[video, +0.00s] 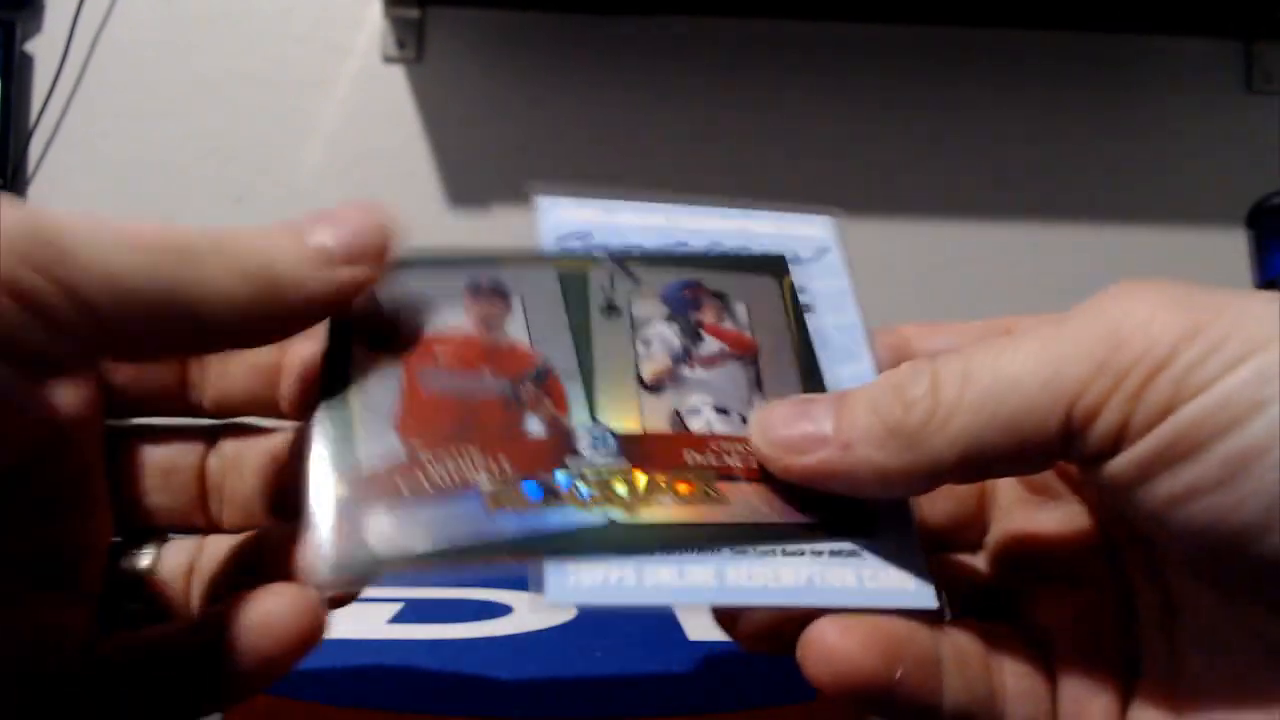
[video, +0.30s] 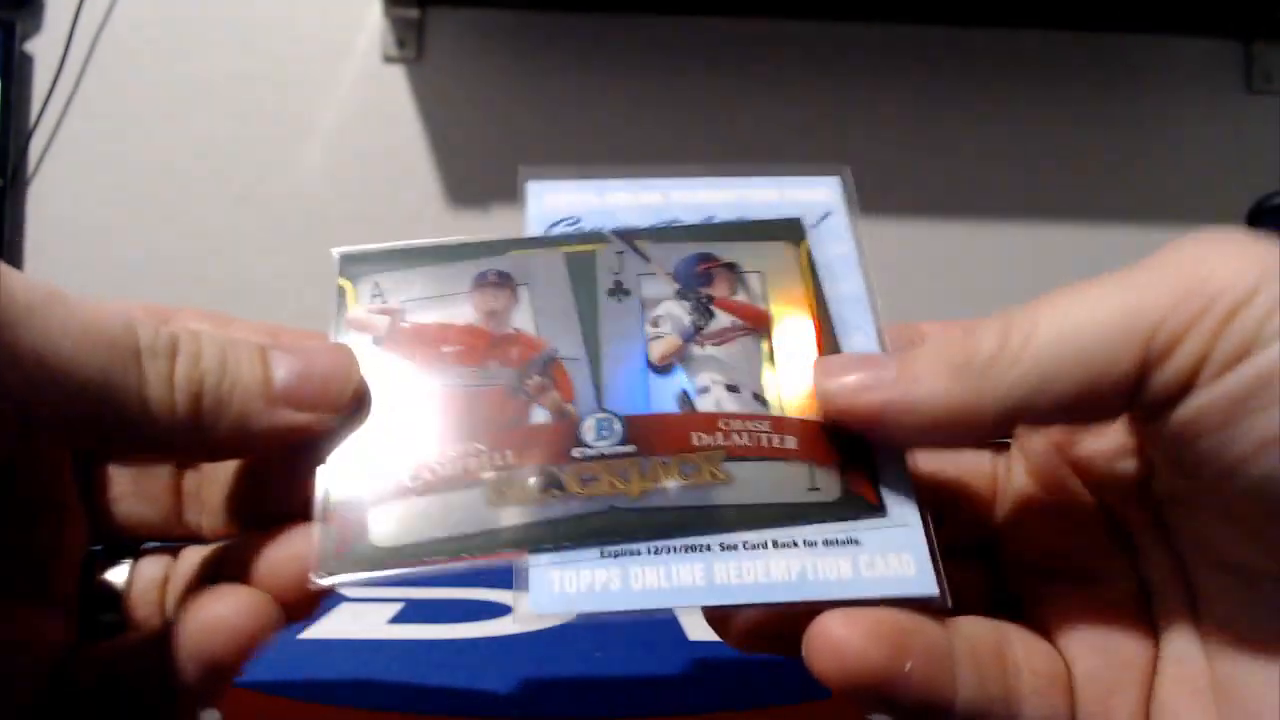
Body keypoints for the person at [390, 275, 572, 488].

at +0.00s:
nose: (486, 312)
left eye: (494, 304)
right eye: (479, 304)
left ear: (507, 309)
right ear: (467, 307)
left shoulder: (528, 364)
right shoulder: (433, 354)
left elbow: (560, 437)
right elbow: (410, 424)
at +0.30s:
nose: (491, 301)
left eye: (499, 292)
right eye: (484, 293)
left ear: (513, 299)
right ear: (473, 299)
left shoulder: (532, 349)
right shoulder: (447, 338)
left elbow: (570, 416)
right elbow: (354, 319)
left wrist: (548, 399)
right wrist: (385, 318)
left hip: (512, 462)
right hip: (453, 464)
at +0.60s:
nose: (473, 286)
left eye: (484, 280)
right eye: (465, 279)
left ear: (497, 292)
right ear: (454, 289)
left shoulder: (515, 350)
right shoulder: (414, 331)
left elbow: (549, 430)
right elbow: (352, 330)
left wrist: (530, 408)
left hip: (476, 470)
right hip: (403, 466)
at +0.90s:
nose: (479, 272)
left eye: (489, 266)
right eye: (471, 265)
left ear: (505, 278)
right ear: (459, 277)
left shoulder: (523, 344)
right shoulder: (415, 319)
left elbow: (556, 432)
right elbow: (328, 290)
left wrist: (536, 409)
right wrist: (363, 283)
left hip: (478, 477)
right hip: (401, 470)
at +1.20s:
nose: (497, 250)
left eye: (507, 244)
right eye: (489, 243)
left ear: (523, 257)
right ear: (476, 255)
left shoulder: (541, 324)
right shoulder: (431, 297)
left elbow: (573, 416)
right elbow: (342, 264)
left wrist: (552, 391)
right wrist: (381, 258)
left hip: (495, 458)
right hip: (416, 451)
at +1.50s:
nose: (513, 219)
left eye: (524, 213)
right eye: (506, 213)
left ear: (539, 228)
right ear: (493, 224)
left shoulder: (554, 299)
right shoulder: (445, 265)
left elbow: (582, 389)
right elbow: (358, 229)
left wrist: (564, 366)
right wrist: (398, 223)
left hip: (507, 429)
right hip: (429, 420)